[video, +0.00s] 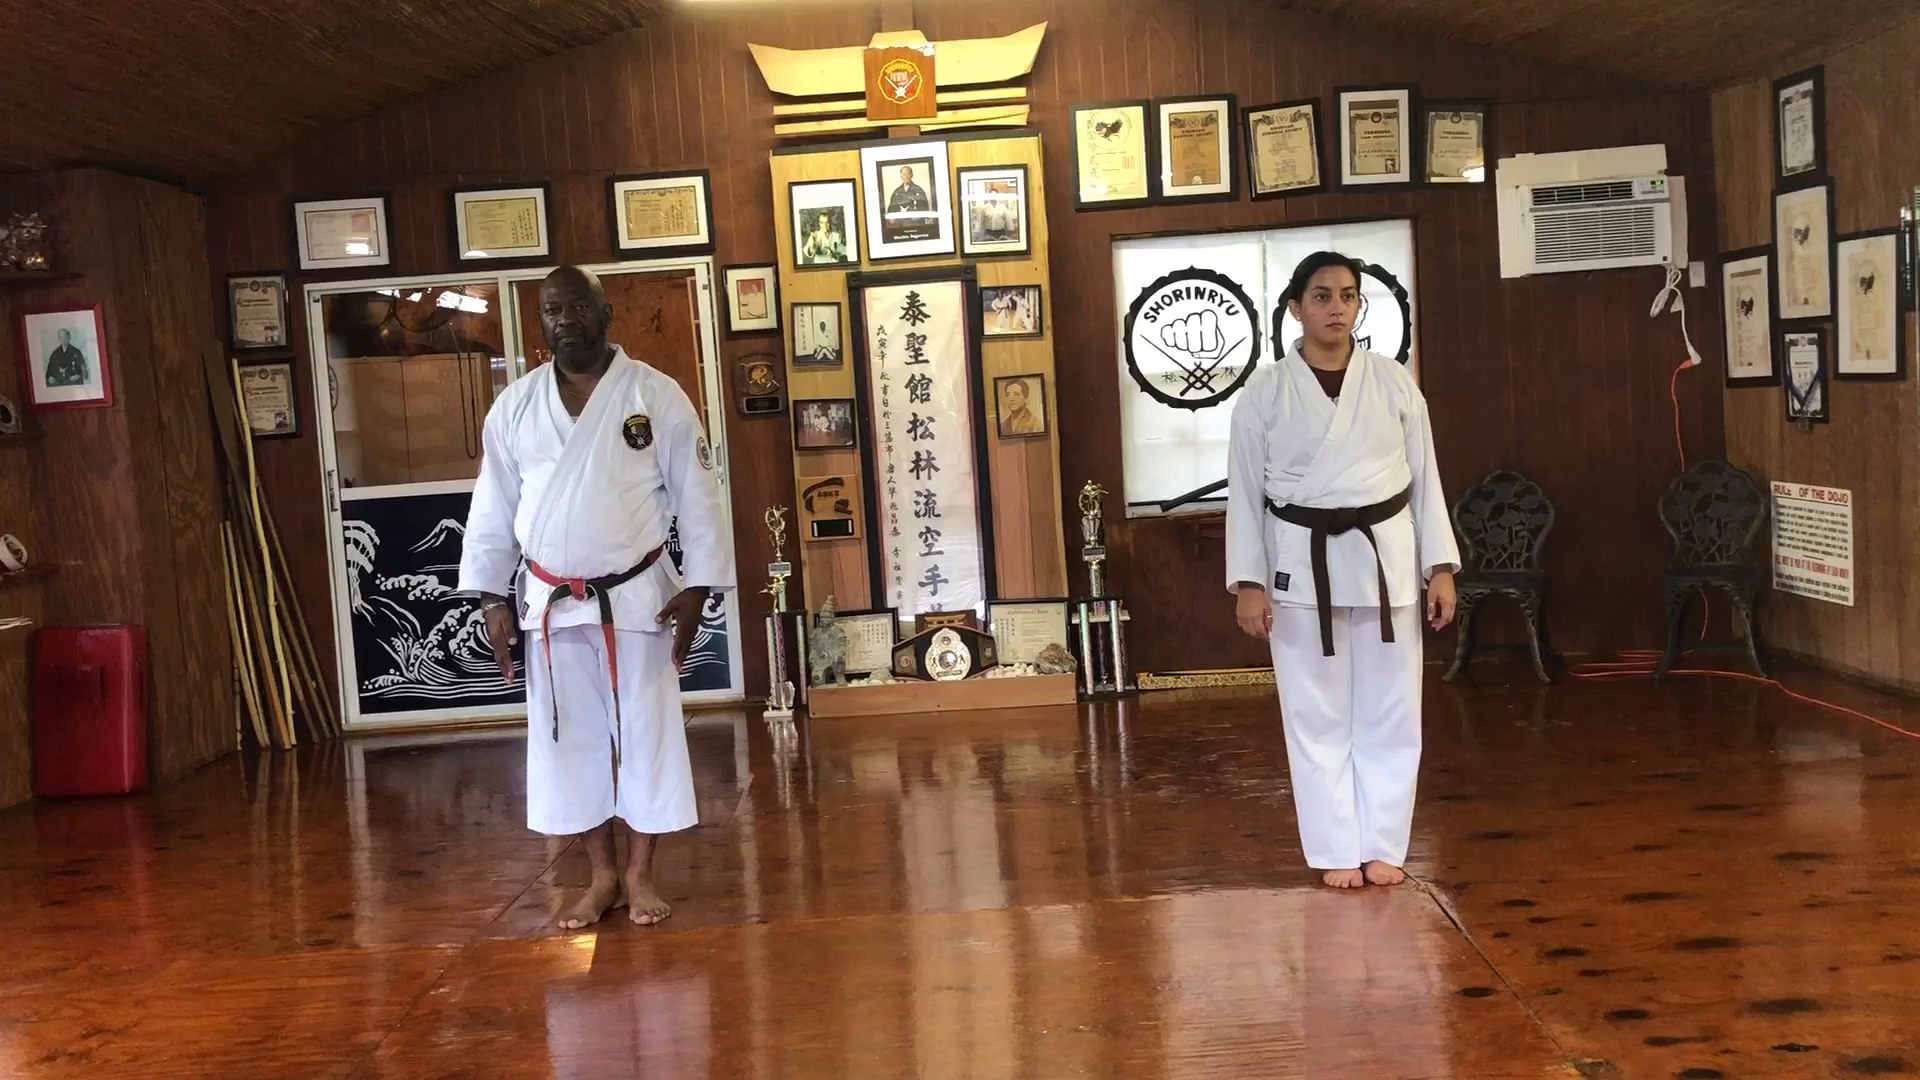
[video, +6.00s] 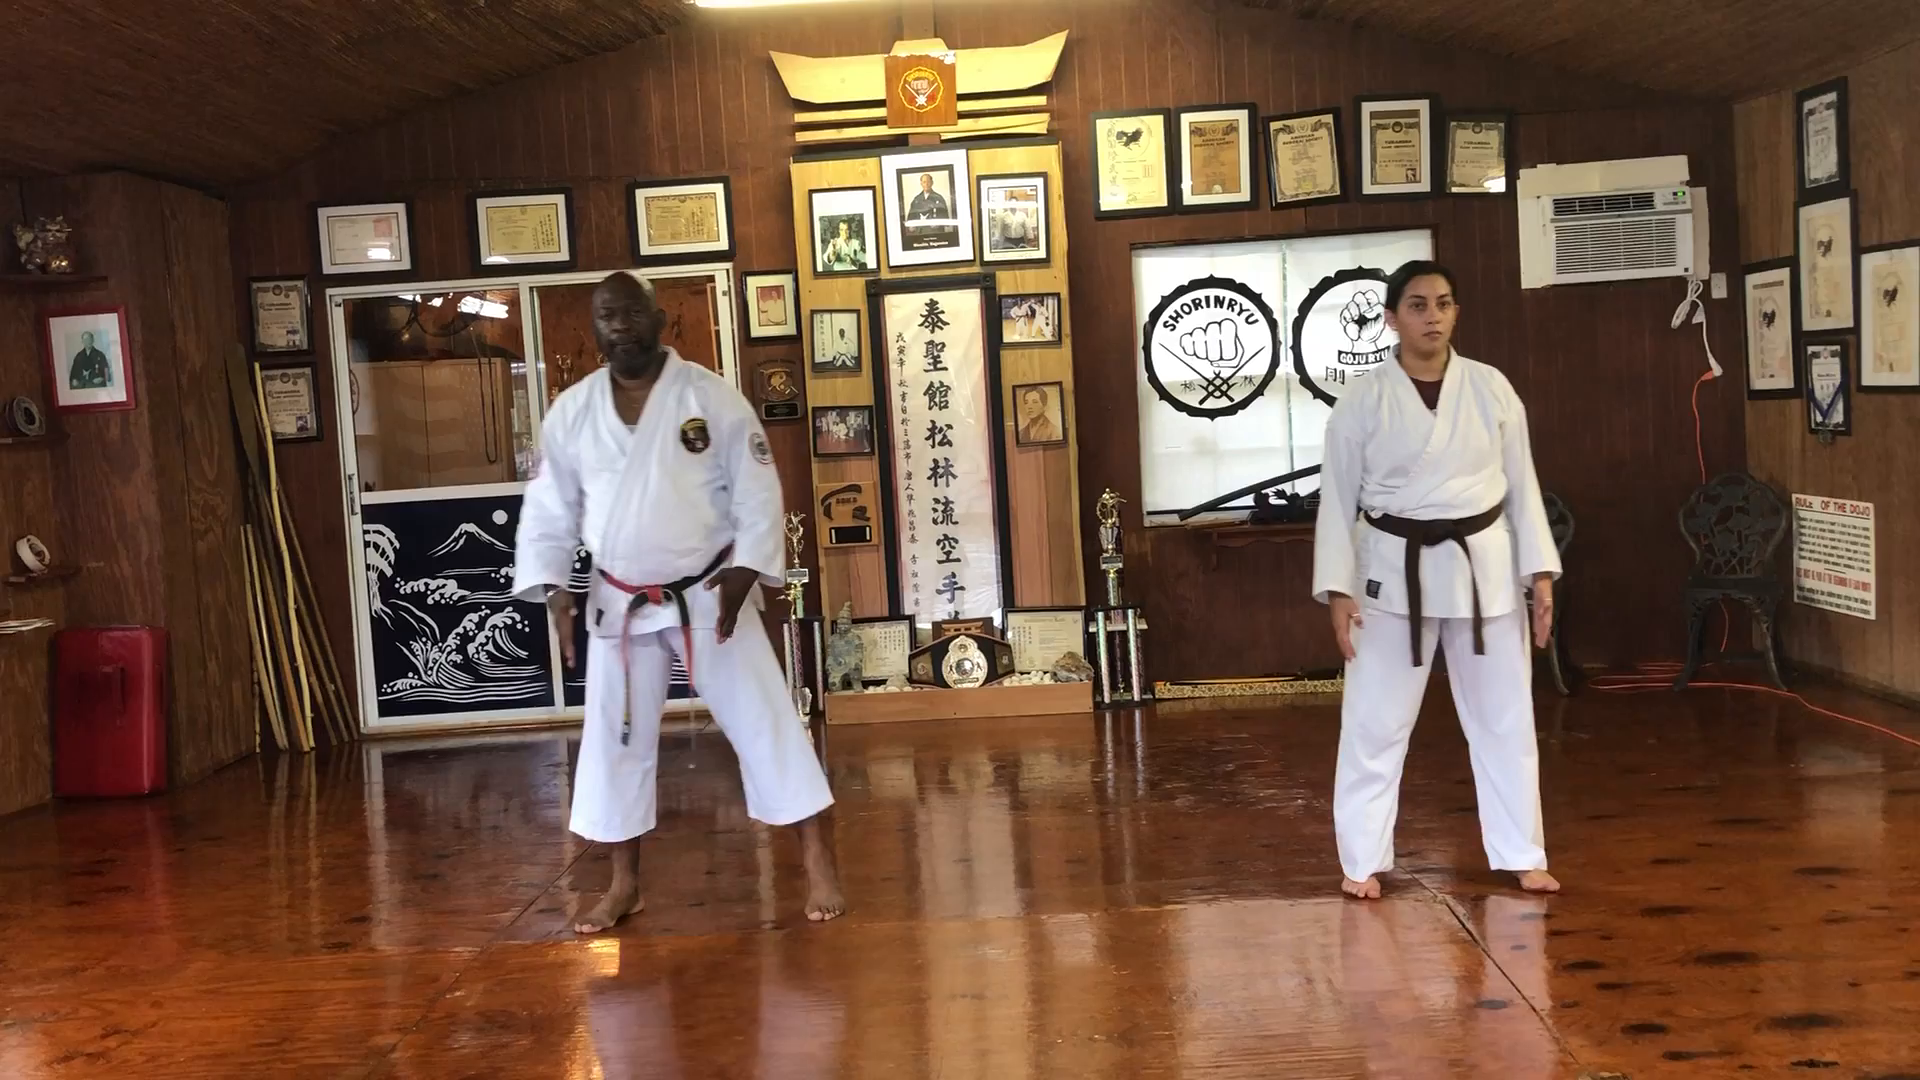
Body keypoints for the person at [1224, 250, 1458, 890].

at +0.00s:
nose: (1337, 307)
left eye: (1348, 295)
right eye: (1322, 295)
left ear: (1360, 308)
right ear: (1295, 308)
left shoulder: (1394, 382)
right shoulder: (1262, 392)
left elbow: (1424, 481)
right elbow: (1245, 493)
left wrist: (1440, 566)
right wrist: (1248, 580)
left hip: (1388, 565)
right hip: (1300, 571)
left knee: (1389, 714)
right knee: (1318, 717)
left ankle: (1383, 849)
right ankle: (1336, 854)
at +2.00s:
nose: (1349, 310)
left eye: (1360, 299)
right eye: (1334, 298)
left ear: (1372, 311)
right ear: (1308, 311)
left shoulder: (1405, 385)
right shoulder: (1273, 396)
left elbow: (1435, 484)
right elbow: (1256, 497)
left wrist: (1450, 570)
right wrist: (1260, 584)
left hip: (1399, 570)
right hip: (1311, 575)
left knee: (1399, 717)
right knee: (1327, 720)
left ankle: (1392, 855)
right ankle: (1345, 860)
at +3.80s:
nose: (1370, 397)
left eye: (1382, 382)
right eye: (1357, 383)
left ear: (1397, 375)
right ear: (1329, 375)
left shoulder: (1422, 423)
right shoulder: (1286, 429)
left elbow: (1435, 518)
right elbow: (1261, 525)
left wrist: (1430, 603)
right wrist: (1273, 615)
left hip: (1393, 574)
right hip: (1313, 578)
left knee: (1392, 715)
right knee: (1327, 719)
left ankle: (1386, 857)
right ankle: (1345, 861)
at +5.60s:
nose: (1375, 313)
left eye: (1386, 301)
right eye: (1360, 301)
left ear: (1398, 313)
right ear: (1334, 312)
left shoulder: (1429, 387)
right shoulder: (1298, 396)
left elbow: (1458, 487)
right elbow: (1276, 497)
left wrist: (1478, 570)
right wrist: (1283, 586)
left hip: (1425, 563)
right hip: (1335, 567)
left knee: (1455, 710)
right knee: (1345, 721)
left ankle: (1480, 844)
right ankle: (1356, 860)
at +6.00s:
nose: (1433, 315)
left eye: (1443, 303)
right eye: (1417, 304)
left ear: (1457, 314)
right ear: (1393, 318)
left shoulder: (1492, 388)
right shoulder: (1361, 397)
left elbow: (1522, 488)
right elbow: (1337, 498)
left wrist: (1539, 574)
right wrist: (1338, 586)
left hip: (1486, 570)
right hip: (1391, 573)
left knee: (1505, 721)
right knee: (1375, 725)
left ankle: (1522, 857)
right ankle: (1363, 863)